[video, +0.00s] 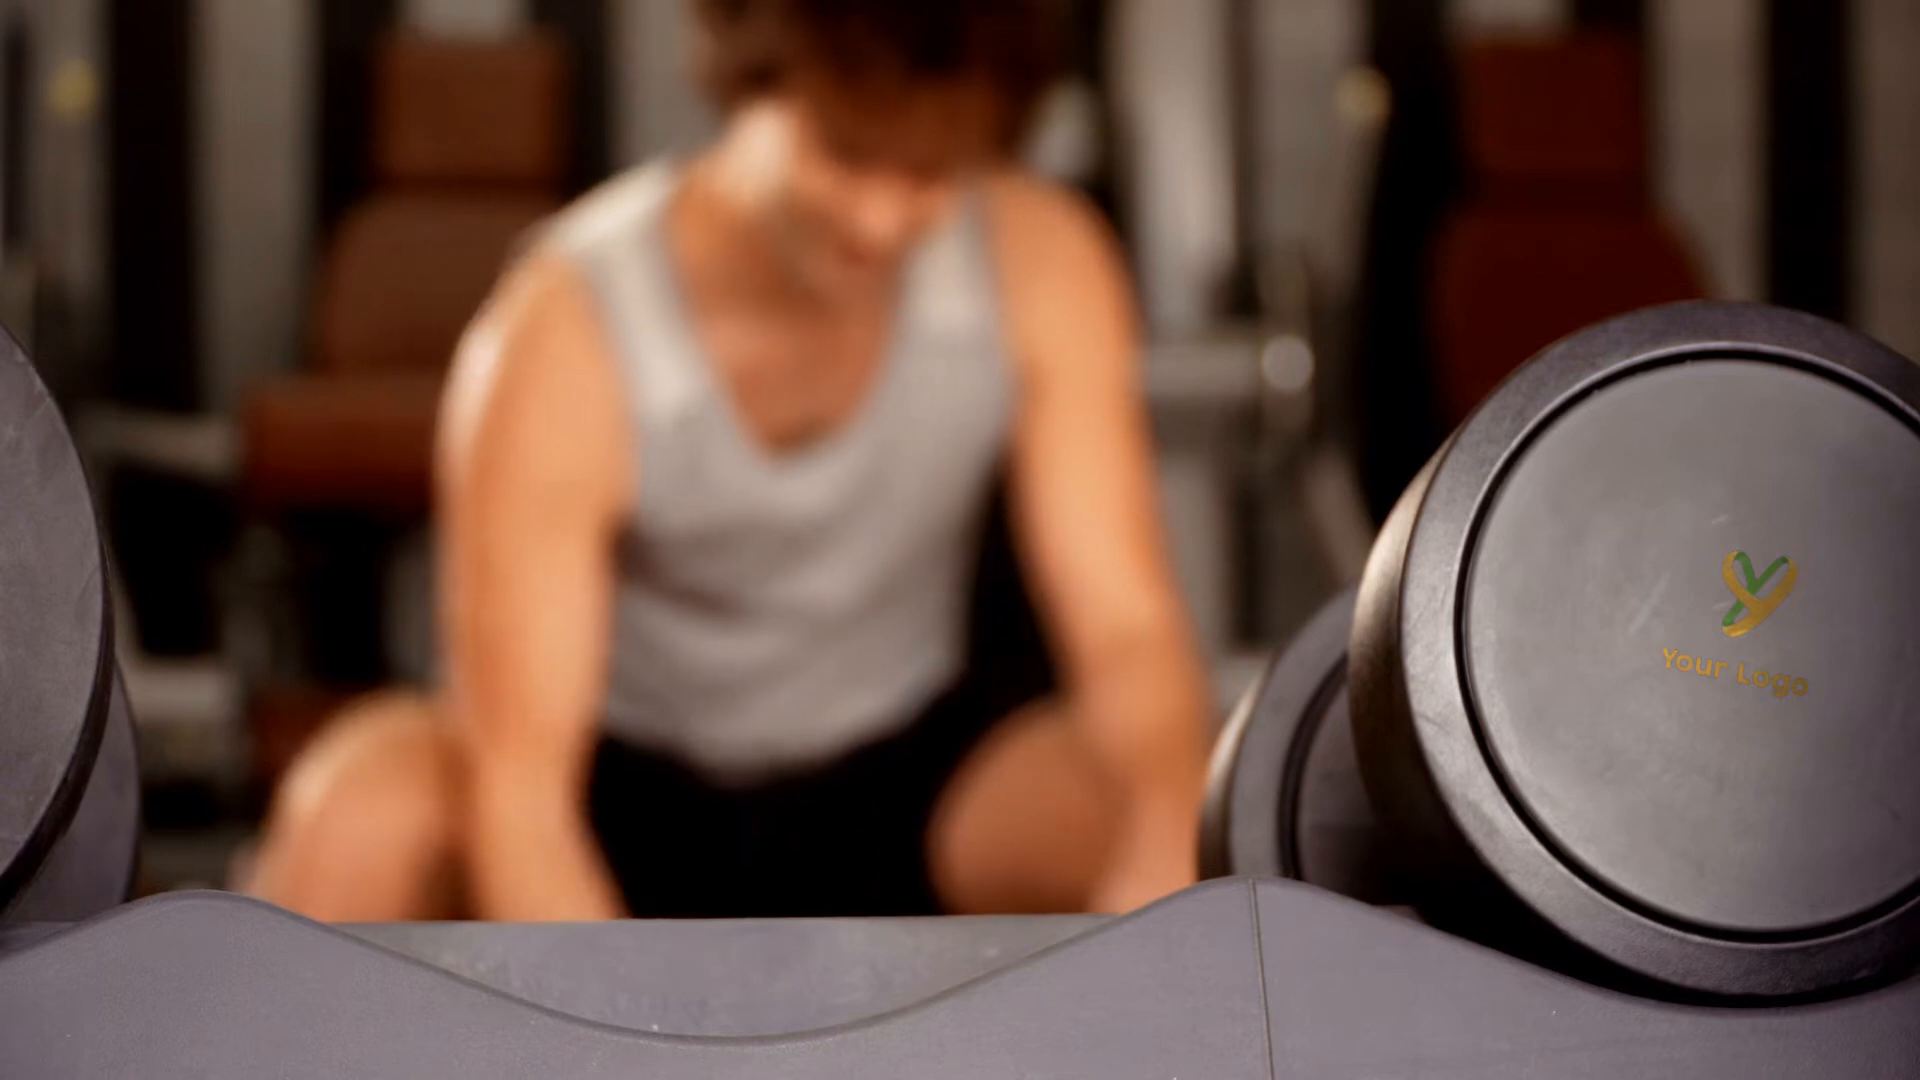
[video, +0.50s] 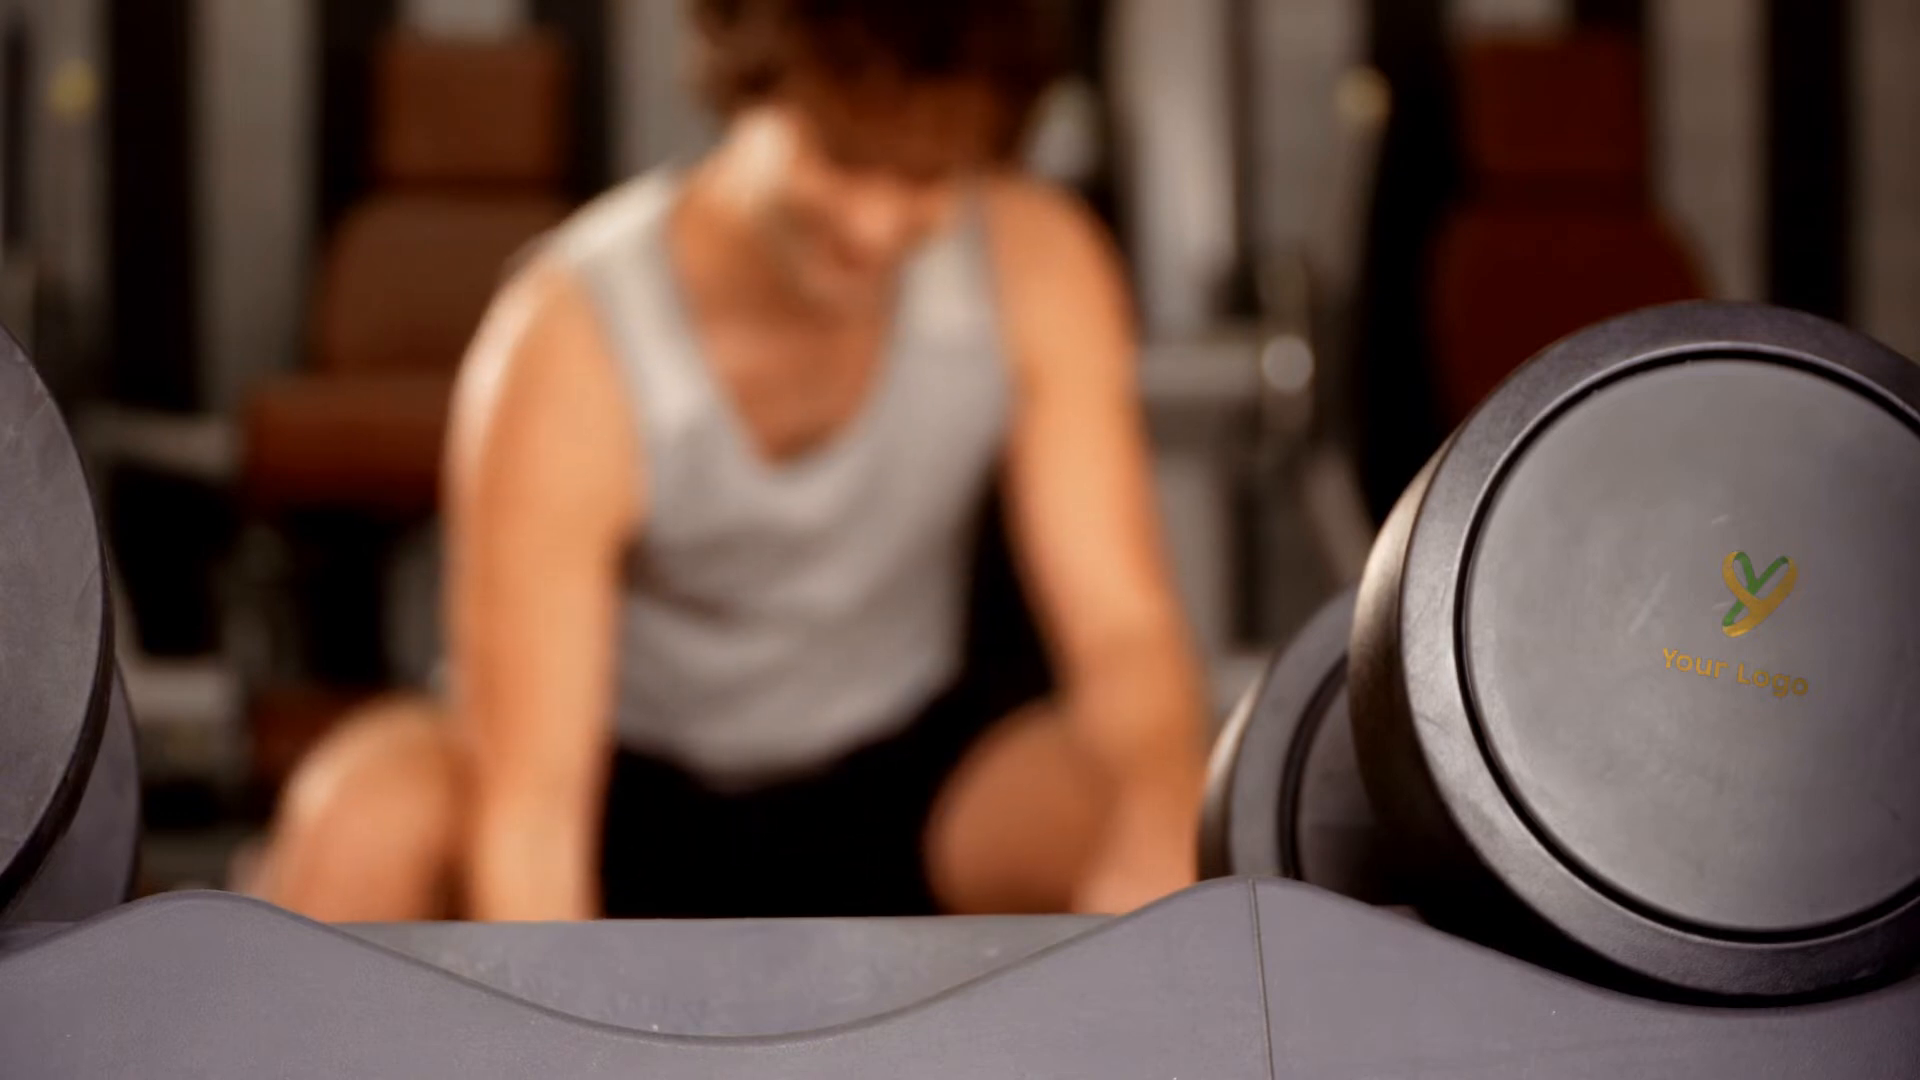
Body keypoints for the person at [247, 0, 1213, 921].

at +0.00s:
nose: (882, 219)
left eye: (931, 173)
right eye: (846, 159)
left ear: (993, 140)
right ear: (754, 82)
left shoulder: (1039, 257)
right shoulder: (562, 333)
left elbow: (1127, 641)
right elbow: (520, 792)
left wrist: (1157, 869)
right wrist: (626, 1052)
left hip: (901, 785)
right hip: (624, 796)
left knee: (1180, 802)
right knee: (360, 797)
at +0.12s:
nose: (881, 227)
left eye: (931, 179)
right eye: (844, 164)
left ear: (994, 148)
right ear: (751, 87)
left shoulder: (1039, 258)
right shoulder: (566, 339)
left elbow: (1126, 641)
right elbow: (526, 794)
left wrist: (1152, 866)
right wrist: (595, 1058)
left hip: (900, 785)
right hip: (623, 796)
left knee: (1174, 804)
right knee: (365, 802)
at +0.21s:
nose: (881, 228)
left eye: (930, 181)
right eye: (843, 166)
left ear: (993, 148)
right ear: (752, 91)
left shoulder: (1037, 258)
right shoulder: (567, 344)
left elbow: (1124, 640)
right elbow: (532, 798)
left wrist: (1152, 860)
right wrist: (585, 1063)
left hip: (898, 784)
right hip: (623, 796)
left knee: (1174, 804)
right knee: (367, 802)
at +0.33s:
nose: (880, 228)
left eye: (930, 181)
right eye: (842, 166)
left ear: (993, 150)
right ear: (750, 92)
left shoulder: (1035, 257)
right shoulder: (567, 344)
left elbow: (1124, 641)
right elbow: (538, 800)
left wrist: (1152, 866)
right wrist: (572, 1063)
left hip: (896, 783)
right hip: (621, 796)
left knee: (1170, 804)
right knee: (369, 805)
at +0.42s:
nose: (879, 228)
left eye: (929, 180)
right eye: (842, 165)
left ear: (991, 149)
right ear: (749, 89)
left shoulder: (1035, 259)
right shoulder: (566, 344)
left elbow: (1124, 642)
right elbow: (538, 801)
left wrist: (1150, 866)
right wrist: (568, 1064)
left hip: (895, 784)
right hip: (619, 795)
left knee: (1168, 803)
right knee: (369, 805)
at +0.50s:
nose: (876, 225)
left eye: (927, 178)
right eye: (840, 162)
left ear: (989, 148)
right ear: (750, 86)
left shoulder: (1034, 259)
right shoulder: (566, 344)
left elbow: (1123, 641)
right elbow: (533, 804)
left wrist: (1147, 859)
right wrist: (558, 1066)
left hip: (894, 786)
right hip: (618, 798)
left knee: (1167, 801)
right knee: (364, 804)